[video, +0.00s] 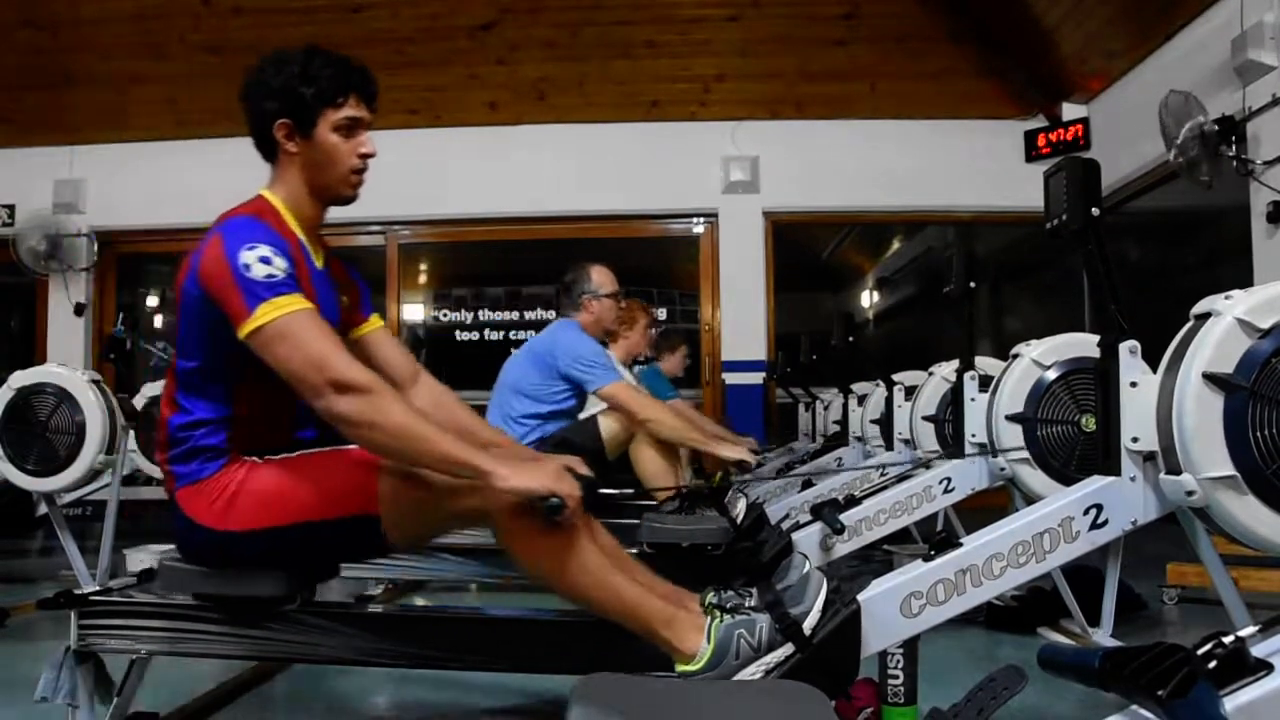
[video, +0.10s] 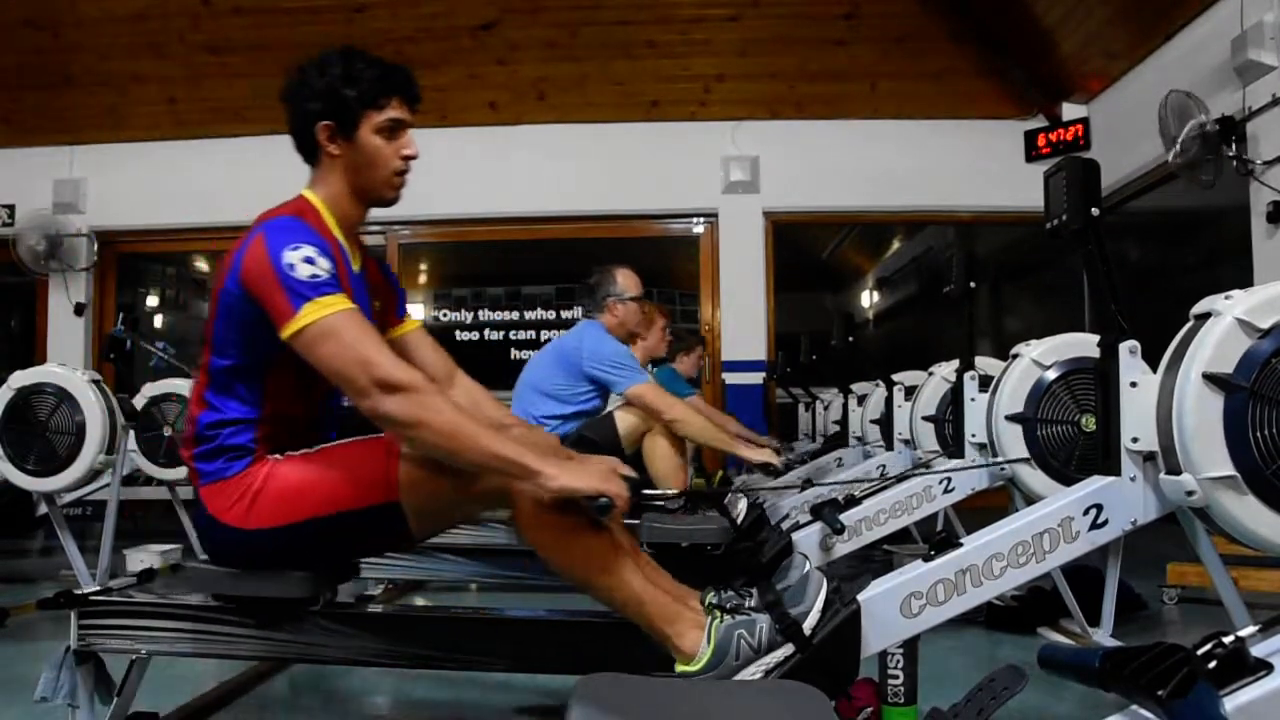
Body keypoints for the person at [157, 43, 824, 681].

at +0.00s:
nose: (369, 148)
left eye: (368, 130)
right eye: (349, 130)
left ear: (325, 140)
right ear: (287, 137)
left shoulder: (315, 258)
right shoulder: (245, 244)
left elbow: (406, 375)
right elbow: (338, 392)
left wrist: (512, 457)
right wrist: (495, 469)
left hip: (288, 472)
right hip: (229, 488)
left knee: (520, 468)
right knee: (496, 487)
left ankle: (699, 621)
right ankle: (696, 644)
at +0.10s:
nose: (411, 148)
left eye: (410, 131)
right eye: (391, 131)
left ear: (362, 143)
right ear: (331, 139)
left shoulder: (359, 254)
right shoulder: (288, 243)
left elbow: (447, 378)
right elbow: (382, 389)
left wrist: (560, 460)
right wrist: (548, 467)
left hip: (300, 476)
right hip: (246, 493)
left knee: (526, 452)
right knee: (503, 469)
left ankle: (697, 619)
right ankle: (695, 644)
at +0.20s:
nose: (454, 153)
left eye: (452, 135)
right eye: (435, 135)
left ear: (387, 146)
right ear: (374, 144)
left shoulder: (398, 262)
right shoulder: (331, 242)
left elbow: (490, 381)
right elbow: (436, 397)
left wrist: (601, 461)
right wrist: (596, 469)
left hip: (326, 481)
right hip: (277, 496)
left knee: (549, 434)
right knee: (523, 449)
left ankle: (690, 612)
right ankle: (695, 638)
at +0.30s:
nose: (500, 154)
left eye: (496, 135)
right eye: (482, 136)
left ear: (437, 147)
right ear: (421, 146)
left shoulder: (426, 250)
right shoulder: (378, 242)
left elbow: (520, 374)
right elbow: (492, 390)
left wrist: (640, 463)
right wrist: (657, 468)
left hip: (354, 482)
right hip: (310, 497)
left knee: (580, 408)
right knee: (564, 421)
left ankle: (692, 613)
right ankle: (695, 640)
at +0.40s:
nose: (548, 156)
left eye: (545, 136)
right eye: (529, 137)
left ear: (484, 152)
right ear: (470, 149)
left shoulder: (467, 251)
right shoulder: (430, 246)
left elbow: (564, 379)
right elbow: (553, 398)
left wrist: (684, 456)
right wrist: (715, 468)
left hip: (390, 484)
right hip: (352, 499)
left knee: (608, 393)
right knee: (603, 397)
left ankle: (693, 617)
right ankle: (697, 638)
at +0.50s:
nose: (594, 157)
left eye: (591, 138)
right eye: (577, 139)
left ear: (524, 154)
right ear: (519, 151)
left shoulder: (496, 244)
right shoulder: (480, 247)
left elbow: (602, 377)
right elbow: (614, 389)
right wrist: (772, 463)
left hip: (419, 484)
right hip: (392, 500)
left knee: (632, 386)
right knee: (632, 399)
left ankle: (700, 623)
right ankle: (700, 642)